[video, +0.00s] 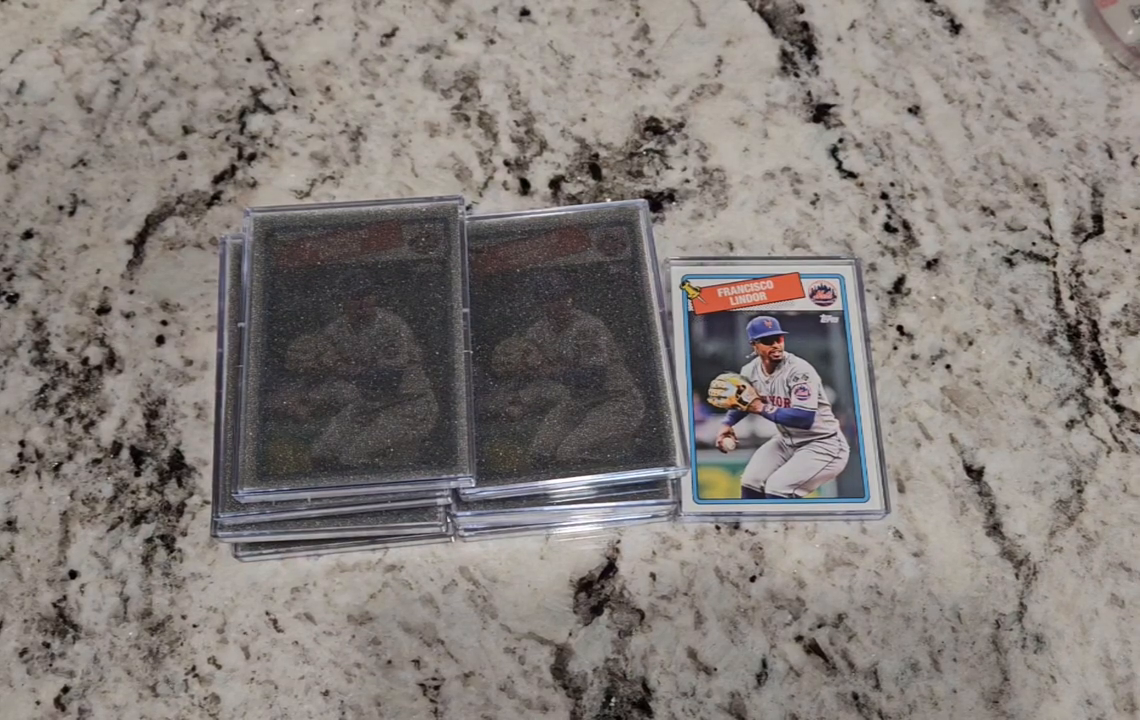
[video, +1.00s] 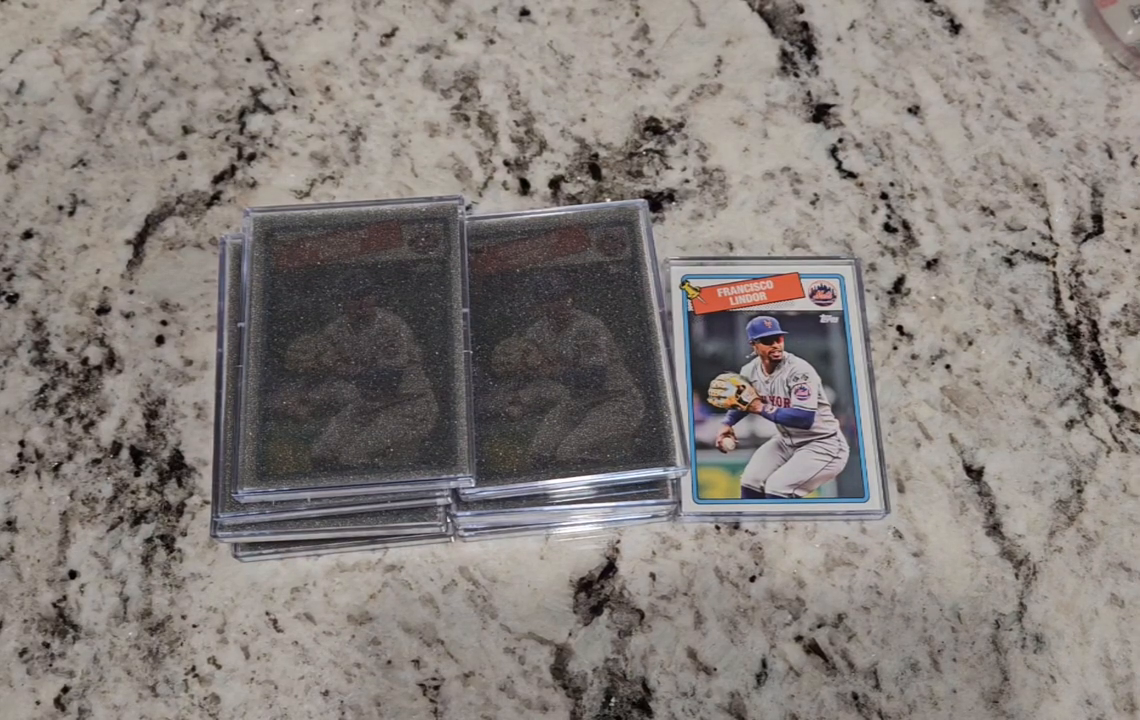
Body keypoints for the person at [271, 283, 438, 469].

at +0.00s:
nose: (361, 305)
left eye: (366, 297)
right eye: (355, 299)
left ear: (375, 298)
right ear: (344, 303)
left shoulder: (393, 326)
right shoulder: (337, 331)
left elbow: (393, 378)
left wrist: (348, 370)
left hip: (413, 405)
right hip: (371, 403)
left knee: (357, 450)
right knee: (324, 449)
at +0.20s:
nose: (362, 302)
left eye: (366, 295)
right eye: (355, 297)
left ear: (375, 297)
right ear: (345, 301)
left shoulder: (393, 327)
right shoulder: (337, 331)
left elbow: (391, 378)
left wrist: (346, 372)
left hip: (413, 404)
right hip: (371, 404)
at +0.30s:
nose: (362, 302)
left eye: (366, 295)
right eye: (356, 297)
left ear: (375, 297)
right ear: (346, 301)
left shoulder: (393, 327)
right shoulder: (338, 331)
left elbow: (391, 380)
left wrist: (346, 372)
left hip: (413, 405)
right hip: (372, 403)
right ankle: (320, 458)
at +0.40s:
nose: (361, 303)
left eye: (365, 296)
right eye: (355, 297)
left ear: (375, 297)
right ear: (344, 302)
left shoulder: (393, 327)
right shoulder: (337, 331)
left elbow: (391, 379)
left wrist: (343, 370)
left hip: (412, 405)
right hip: (369, 404)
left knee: (356, 450)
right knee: (324, 450)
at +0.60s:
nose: (361, 303)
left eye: (365, 296)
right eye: (355, 298)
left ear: (374, 297)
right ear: (345, 302)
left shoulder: (393, 327)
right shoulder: (337, 331)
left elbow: (390, 381)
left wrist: (344, 370)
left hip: (413, 405)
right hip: (371, 403)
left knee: (355, 452)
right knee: (324, 451)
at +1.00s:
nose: (362, 303)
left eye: (366, 296)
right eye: (355, 298)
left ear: (375, 297)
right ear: (345, 303)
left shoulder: (393, 327)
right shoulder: (337, 330)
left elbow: (390, 378)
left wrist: (347, 370)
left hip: (412, 406)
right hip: (369, 403)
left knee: (353, 455)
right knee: (323, 451)